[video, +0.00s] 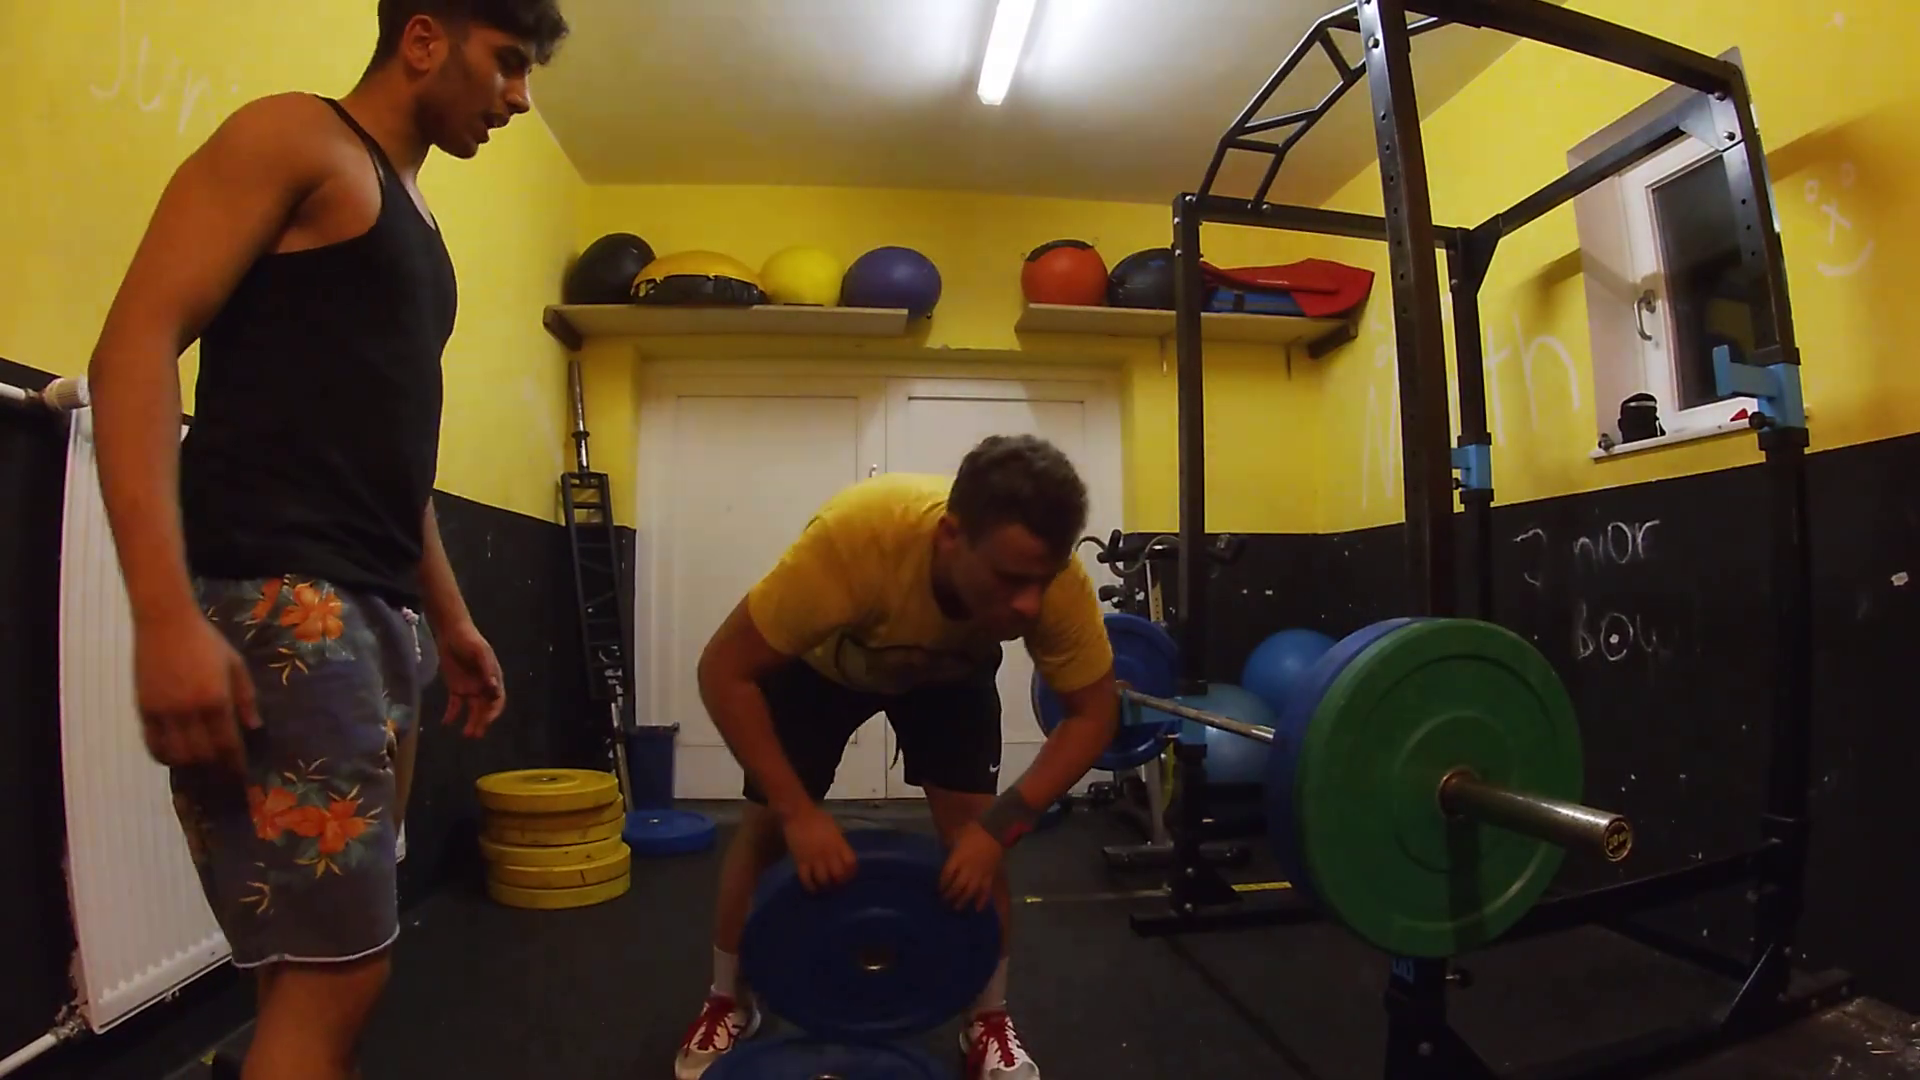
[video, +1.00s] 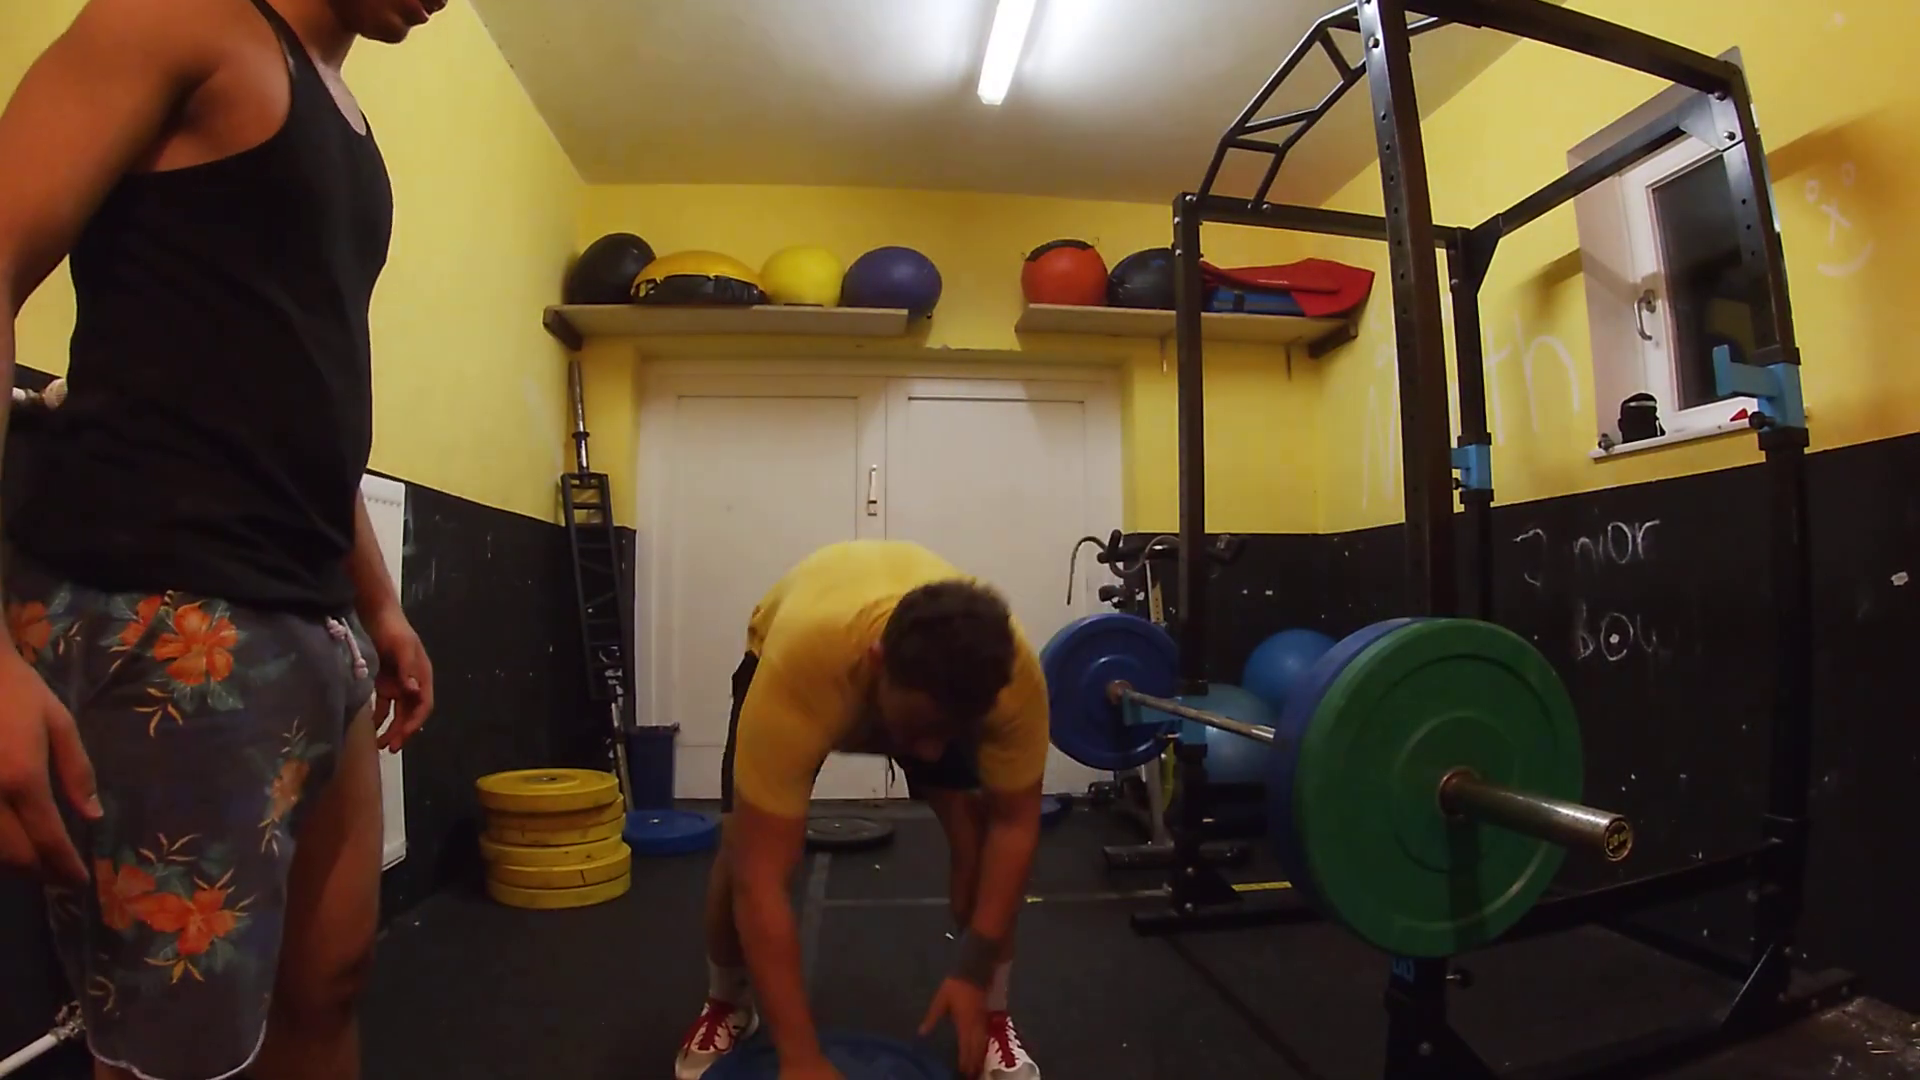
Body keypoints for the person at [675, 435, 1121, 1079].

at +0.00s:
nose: (1030, 605)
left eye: (1045, 582)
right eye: (1010, 581)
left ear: (1062, 560)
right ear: (950, 536)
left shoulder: (1059, 583)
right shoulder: (851, 542)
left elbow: (1094, 714)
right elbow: (721, 668)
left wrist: (996, 831)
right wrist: (799, 812)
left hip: (953, 671)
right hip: (824, 661)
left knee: (974, 835)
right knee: (769, 822)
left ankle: (990, 1021)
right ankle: (728, 1005)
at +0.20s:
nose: (1070, 552)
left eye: (1086, 530)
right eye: (1054, 526)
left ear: (1101, 518)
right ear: (994, 486)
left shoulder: (1085, 554)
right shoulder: (895, 507)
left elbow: (1145, 669)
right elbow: (758, 642)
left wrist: (1076, 769)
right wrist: (874, 778)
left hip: (958, 671)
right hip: (836, 660)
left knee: (976, 841)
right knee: (781, 827)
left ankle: (989, 1033)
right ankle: (727, 1002)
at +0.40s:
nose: (1091, 574)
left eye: (1106, 553)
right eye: (1076, 549)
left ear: (1123, 537)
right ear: (1018, 507)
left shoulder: (1102, 564)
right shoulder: (909, 529)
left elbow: (1145, 679)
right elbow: (802, 680)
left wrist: (1134, 773)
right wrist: (942, 800)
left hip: (959, 673)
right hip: (841, 659)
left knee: (985, 838)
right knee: (791, 828)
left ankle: (987, 1025)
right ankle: (726, 1003)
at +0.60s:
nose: (1060, 604)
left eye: (1079, 587)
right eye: (1047, 579)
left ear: (1100, 565)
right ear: (1000, 520)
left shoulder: (1087, 575)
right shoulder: (892, 542)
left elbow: (1095, 713)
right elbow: (842, 731)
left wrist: (1074, 836)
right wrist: (963, 885)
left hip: (952, 666)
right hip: (826, 643)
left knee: (979, 821)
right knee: (784, 826)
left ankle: (987, 1018)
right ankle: (728, 1003)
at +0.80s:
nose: (1002, 650)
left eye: (1022, 634)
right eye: (986, 626)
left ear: (1054, 606)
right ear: (946, 563)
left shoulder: (1052, 611)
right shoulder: (850, 564)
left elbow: (1044, 740)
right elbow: (778, 767)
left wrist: (998, 879)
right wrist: (842, 933)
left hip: (942, 677)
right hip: (820, 666)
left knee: (977, 826)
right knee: (769, 828)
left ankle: (989, 1018)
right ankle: (727, 1004)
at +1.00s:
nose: (931, 752)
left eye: (949, 733)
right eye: (916, 727)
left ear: (985, 697)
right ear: (877, 665)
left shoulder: (1017, 682)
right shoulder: (802, 661)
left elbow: (1015, 822)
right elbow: (758, 878)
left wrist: (973, 975)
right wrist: (801, 1060)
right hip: (786, 654)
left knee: (983, 831)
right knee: (745, 848)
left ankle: (991, 1017)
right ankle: (726, 1007)